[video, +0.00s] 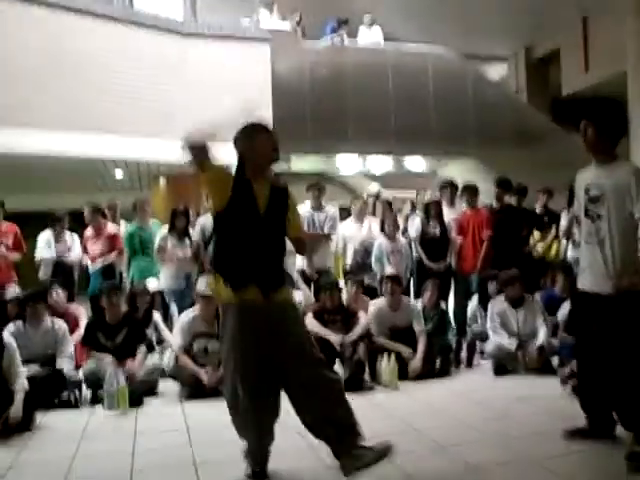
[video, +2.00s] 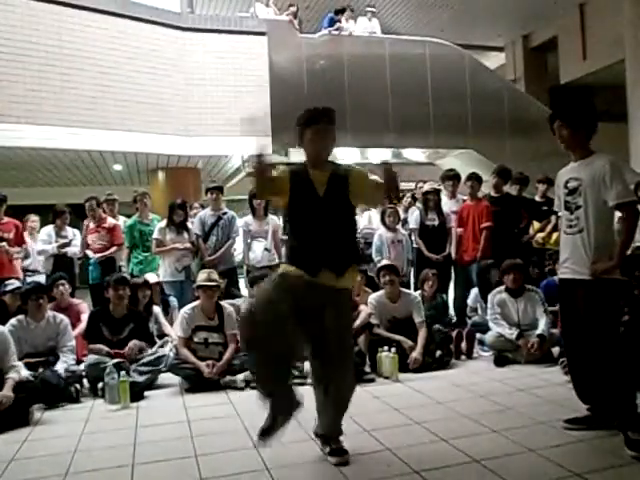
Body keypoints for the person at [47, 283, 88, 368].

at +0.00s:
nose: (54, 296)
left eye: (58, 292)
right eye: (51, 292)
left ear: (66, 294)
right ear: (47, 296)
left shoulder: (76, 310)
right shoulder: (49, 313)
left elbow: (81, 329)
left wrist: (69, 342)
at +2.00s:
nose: (61, 289)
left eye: (63, 285)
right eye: (57, 286)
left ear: (70, 288)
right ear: (52, 293)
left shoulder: (80, 305)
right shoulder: (50, 309)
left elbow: (84, 322)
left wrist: (72, 335)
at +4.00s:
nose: (61, 290)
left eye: (63, 286)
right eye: (57, 288)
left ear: (69, 288)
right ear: (52, 293)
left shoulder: (79, 305)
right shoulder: (49, 310)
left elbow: (86, 322)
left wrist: (70, 336)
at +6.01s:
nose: (64, 293)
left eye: (66, 289)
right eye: (59, 291)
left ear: (72, 290)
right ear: (55, 296)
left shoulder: (83, 307)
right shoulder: (53, 312)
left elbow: (90, 325)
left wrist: (74, 338)